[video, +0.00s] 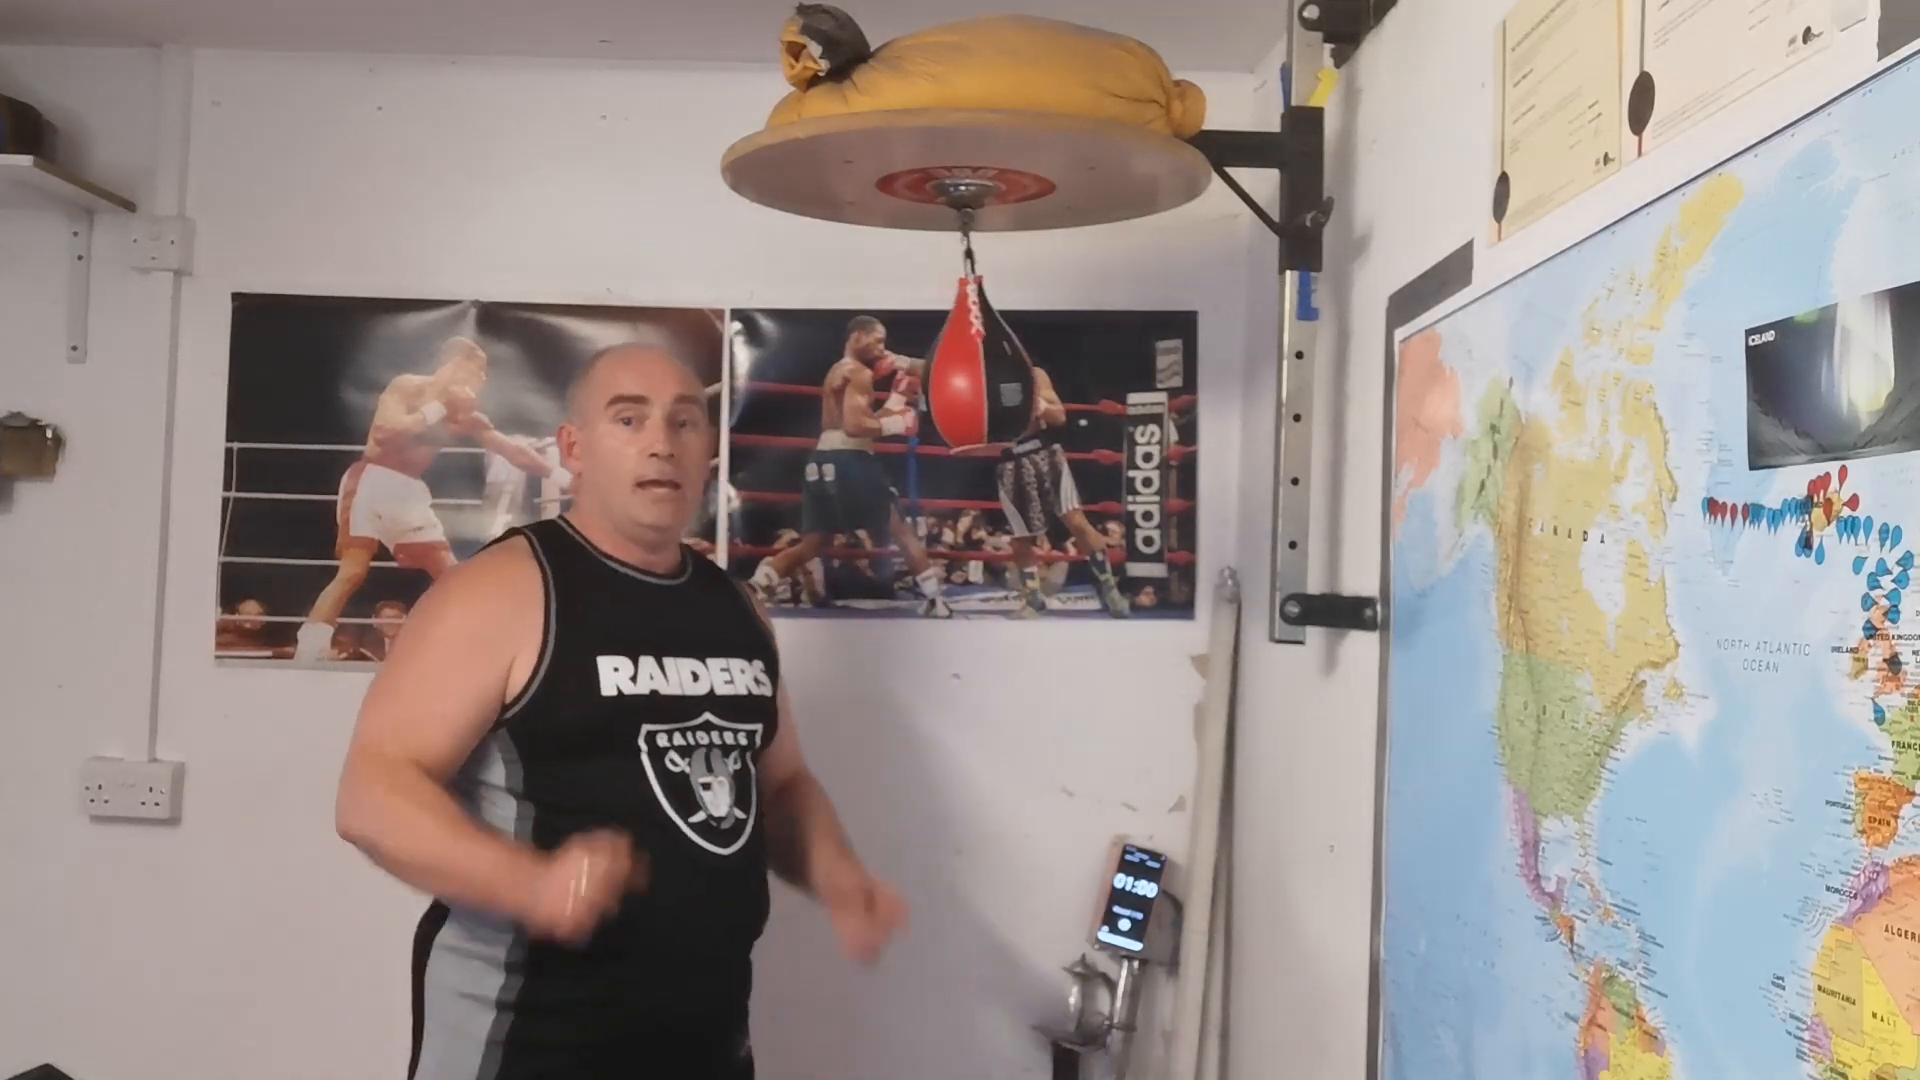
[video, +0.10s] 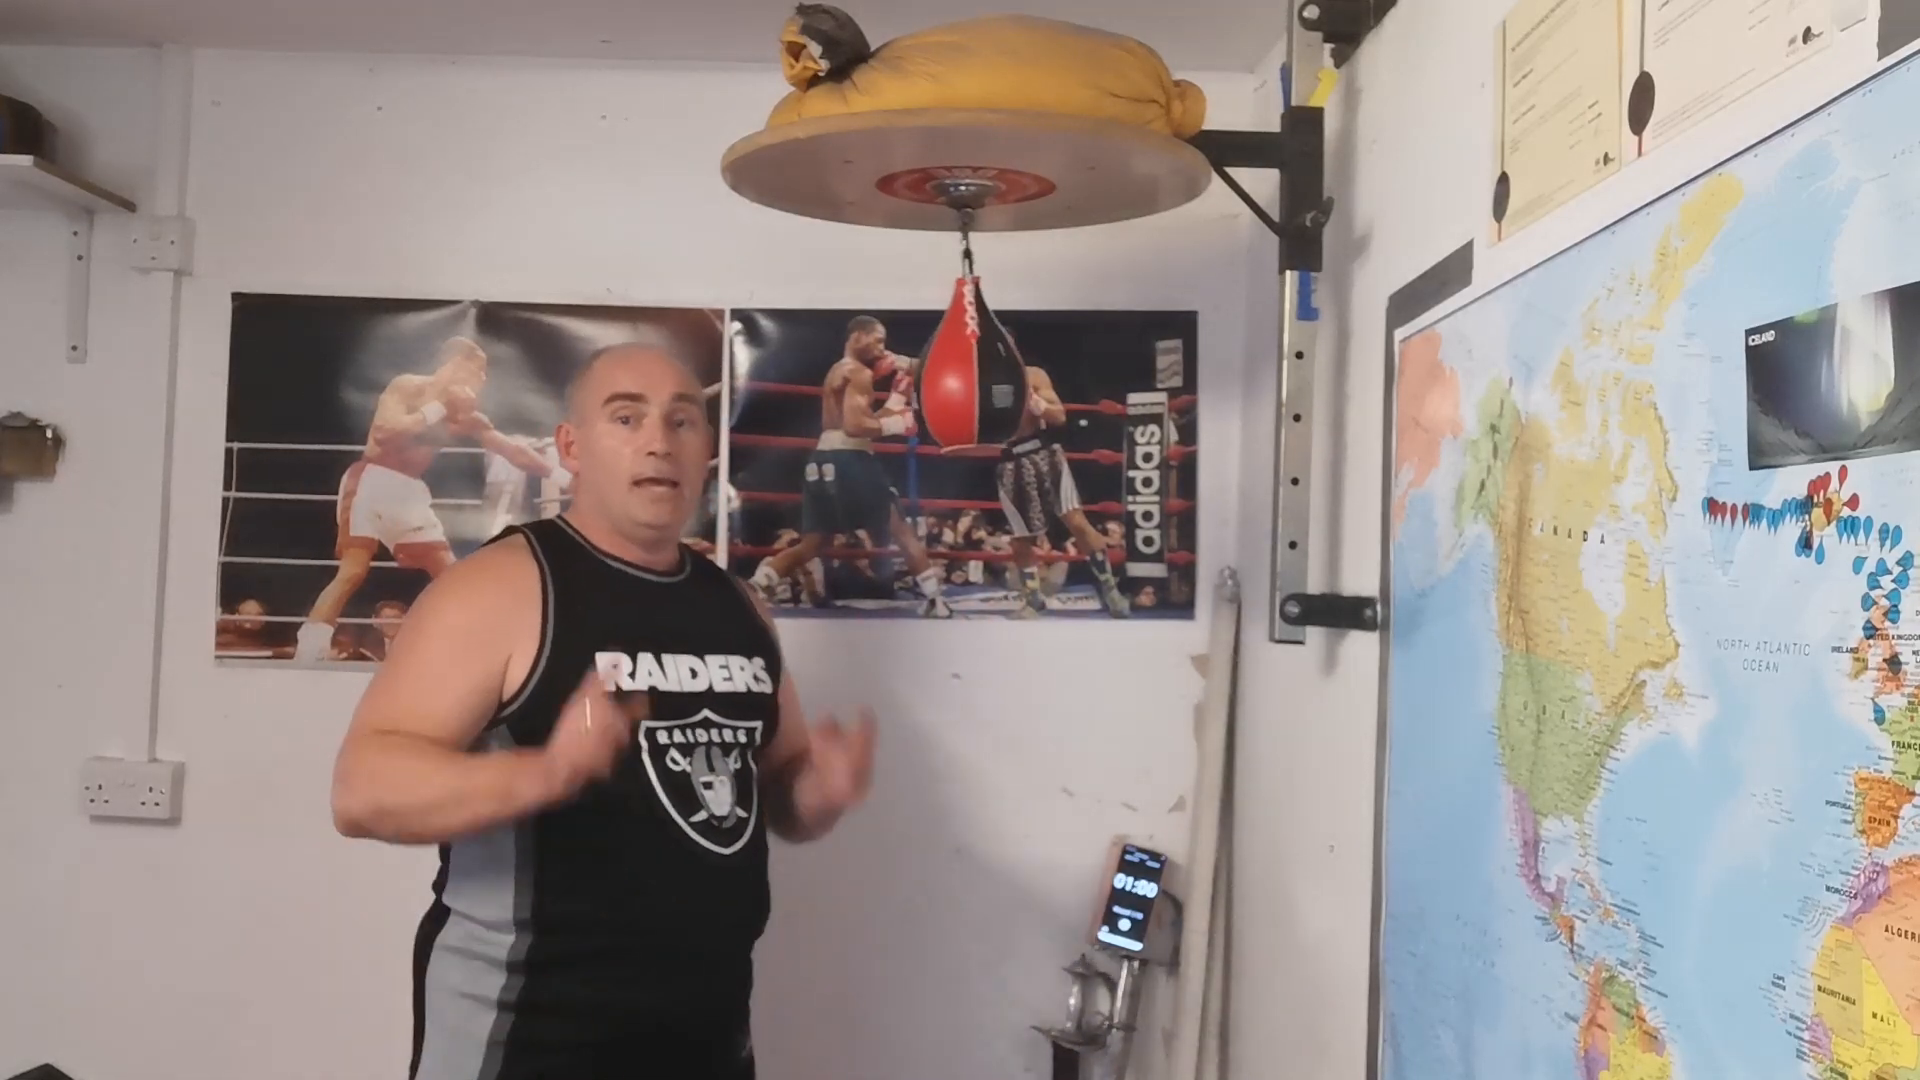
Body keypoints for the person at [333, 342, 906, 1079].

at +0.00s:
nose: (661, 444)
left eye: (684, 421)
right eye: (629, 418)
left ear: (710, 451)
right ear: (572, 449)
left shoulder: (728, 608)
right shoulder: (500, 591)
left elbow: (779, 786)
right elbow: (374, 793)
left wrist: (831, 868)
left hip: (700, 1029)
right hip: (527, 1034)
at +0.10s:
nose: (659, 442)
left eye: (682, 420)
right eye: (626, 417)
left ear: (707, 452)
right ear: (570, 449)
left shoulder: (728, 602)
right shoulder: (497, 587)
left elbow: (777, 789)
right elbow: (366, 787)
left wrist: (815, 794)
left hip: (700, 1015)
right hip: (526, 1019)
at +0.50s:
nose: (668, 443)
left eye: (691, 421)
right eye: (634, 417)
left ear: (715, 453)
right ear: (577, 444)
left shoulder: (744, 606)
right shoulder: (495, 590)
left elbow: (813, 765)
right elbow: (369, 789)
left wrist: (824, 814)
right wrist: (506, 843)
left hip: (699, 1018)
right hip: (522, 1022)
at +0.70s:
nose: (674, 449)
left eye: (696, 424)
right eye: (641, 421)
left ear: (722, 452)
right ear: (583, 447)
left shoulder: (747, 605)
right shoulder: (500, 589)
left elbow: (809, 766)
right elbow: (370, 787)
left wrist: (826, 814)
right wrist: (509, 839)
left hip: (698, 1015)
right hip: (521, 1018)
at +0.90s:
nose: (676, 448)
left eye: (700, 424)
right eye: (643, 420)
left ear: (725, 454)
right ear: (586, 445)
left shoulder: (750, 607)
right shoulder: (504, 588)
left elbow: (811, 766)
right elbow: (373, 786)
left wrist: (828, 813)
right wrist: (513, 832)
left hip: (701, 1016)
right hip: (523, 1019)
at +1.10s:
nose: (677, 450)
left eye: (701, 425)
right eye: (646, 422)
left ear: (727, 453)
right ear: (588, 445)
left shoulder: (750, 607)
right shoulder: (506, 588)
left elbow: (814, 765)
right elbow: (374, 788)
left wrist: (830, 813)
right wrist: (515, 834)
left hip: (702, 1016)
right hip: (525, 1019)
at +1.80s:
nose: (678, 450)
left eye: (702, 426)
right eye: (647, 422)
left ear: (726, 453)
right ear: (588, 445)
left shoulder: (749, 608)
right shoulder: (506, 588)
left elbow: (812, 765)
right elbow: (375, 788)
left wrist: (830, 813)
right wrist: (517, 833)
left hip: (702, 1017)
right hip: (524, 1020)